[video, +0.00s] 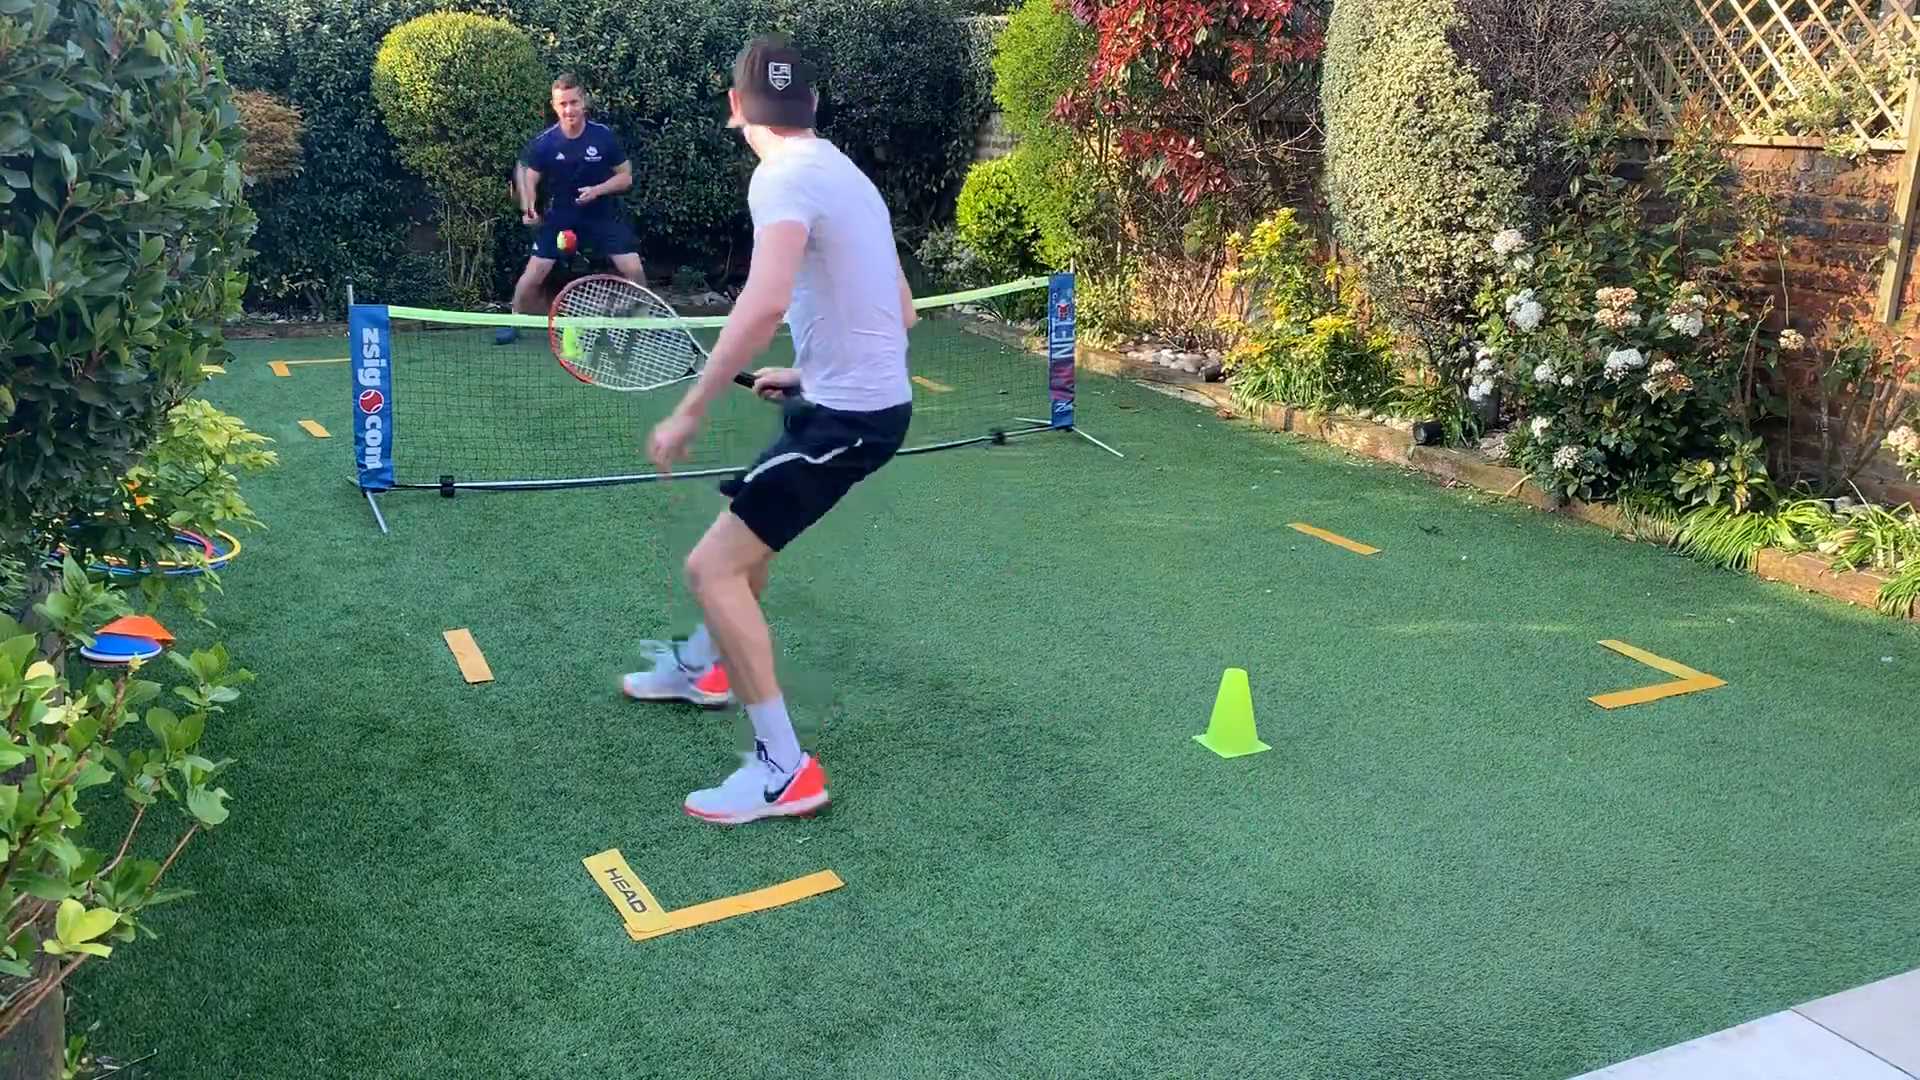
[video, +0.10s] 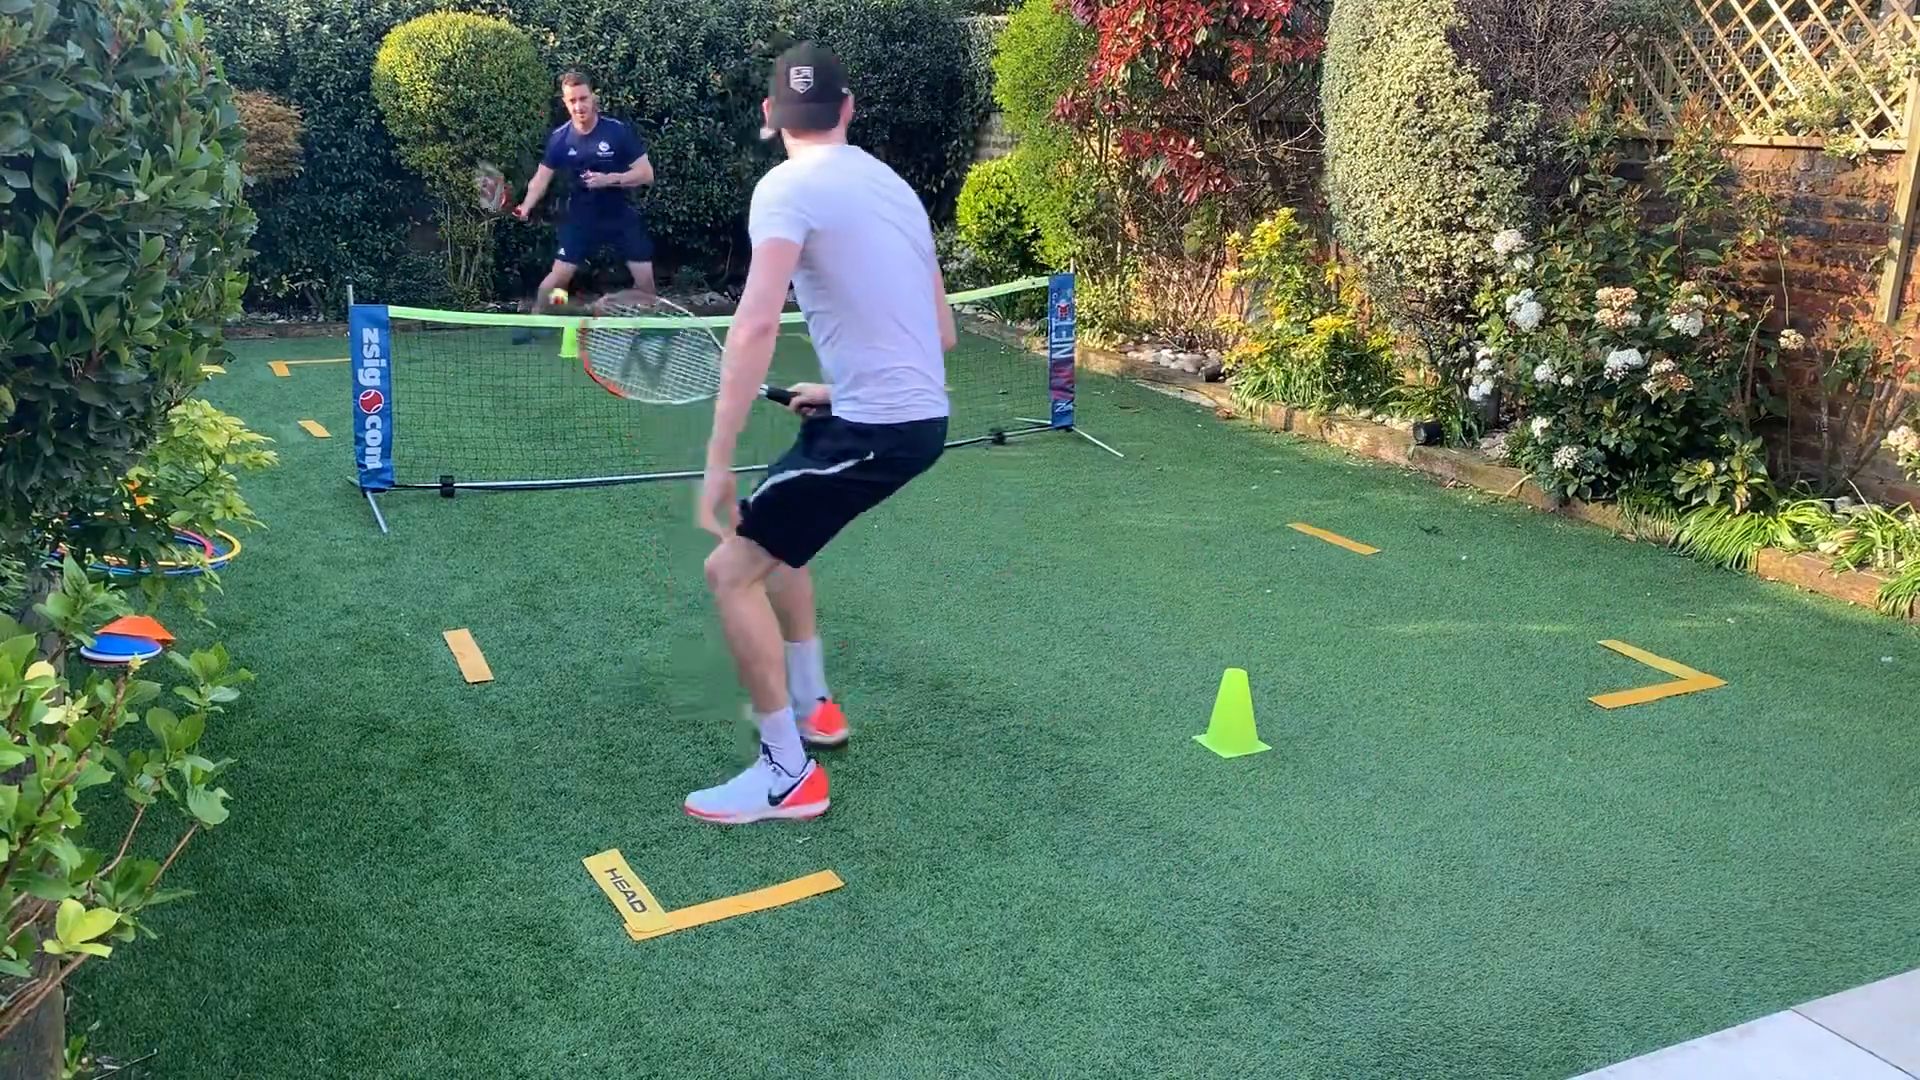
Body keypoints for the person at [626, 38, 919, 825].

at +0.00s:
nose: (730, 107)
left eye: (731, 97)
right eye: (735, 96)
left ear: (739, 107)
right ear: (809, 103)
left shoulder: (787, 176)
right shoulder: (842, 173)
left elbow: (765, 301)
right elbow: (899, 310)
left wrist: (689, 414)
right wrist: (805, 373)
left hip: (846, 410)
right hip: (865, 400)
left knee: (712, 571)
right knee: (744, 529)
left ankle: (783, 765)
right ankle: (707, 661)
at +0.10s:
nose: (787, 121)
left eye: (781, 110)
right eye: (830, 106)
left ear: (771, 118)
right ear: (850, 112)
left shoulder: (787, 190)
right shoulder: (893, 186)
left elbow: (757, 325)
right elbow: (939, 331)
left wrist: (720, 457)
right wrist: (841, 391)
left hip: (870, 425)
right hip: (916, 419)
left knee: (731, 571)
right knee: (772, 531)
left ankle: (785, 770)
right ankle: (809, 701)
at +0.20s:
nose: (829, 129)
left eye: (827, 118)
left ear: (825, 116)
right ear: (902, 109)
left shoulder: (822, 182)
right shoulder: (956, 192)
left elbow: (807, 319)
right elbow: (1001, 333)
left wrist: (796, 459)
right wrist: (921, 387)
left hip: (893, 429)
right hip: (959, 436)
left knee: (762, 570)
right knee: (837, 560)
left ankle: (786, 770)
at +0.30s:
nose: (889, 100)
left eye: (891, 88)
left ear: (896, 93)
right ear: (974, 92)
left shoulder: (890, 156)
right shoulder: (1029, 179)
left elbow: (898, 280)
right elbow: (1080, 316)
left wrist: (886, 424)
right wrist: (1018, 386)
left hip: (931, 425)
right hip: (1014, 434)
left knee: (820, 570)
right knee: (964, 615)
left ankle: (790, 770)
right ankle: (1092, 768)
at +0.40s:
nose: (964, 101)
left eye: (964, 90)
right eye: (977, 89)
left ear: (969, 92)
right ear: (1049, 96)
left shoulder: (963, 155)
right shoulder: (1099, 175)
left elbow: (946, 280)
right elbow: (1165, 321)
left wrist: (916, 425)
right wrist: (1107, 418)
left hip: (1014, 428)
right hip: (1098, 435)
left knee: (893, 575)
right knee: (1069, 637)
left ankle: (835, 765)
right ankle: (1151, 842)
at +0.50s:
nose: (1026, 77)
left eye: (1026, 65)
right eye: (1035, 64)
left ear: (1037, 71)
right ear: (1111, 69)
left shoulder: (1026, 151)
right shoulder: (1174, 163)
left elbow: (961, 292)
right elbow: (1246, 297)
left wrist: (914, 419)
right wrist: (1200, 402)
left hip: (1095, 415)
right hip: (1180, 424)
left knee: (967, 564)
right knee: (1107, 618)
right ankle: (1153, 845)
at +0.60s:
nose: (1078, 47)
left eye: (1080, 34)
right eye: (1087, 34)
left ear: (1088, 42)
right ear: (1171, 44)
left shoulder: (1075, 128)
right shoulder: (1243, 129)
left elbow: (993, 273)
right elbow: (1325, 256)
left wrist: (961, 373)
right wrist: (1280, 358)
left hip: (1172, 394)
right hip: (1257, 394)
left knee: (1093, 605)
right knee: (1184, 594)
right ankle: (1176, 811)